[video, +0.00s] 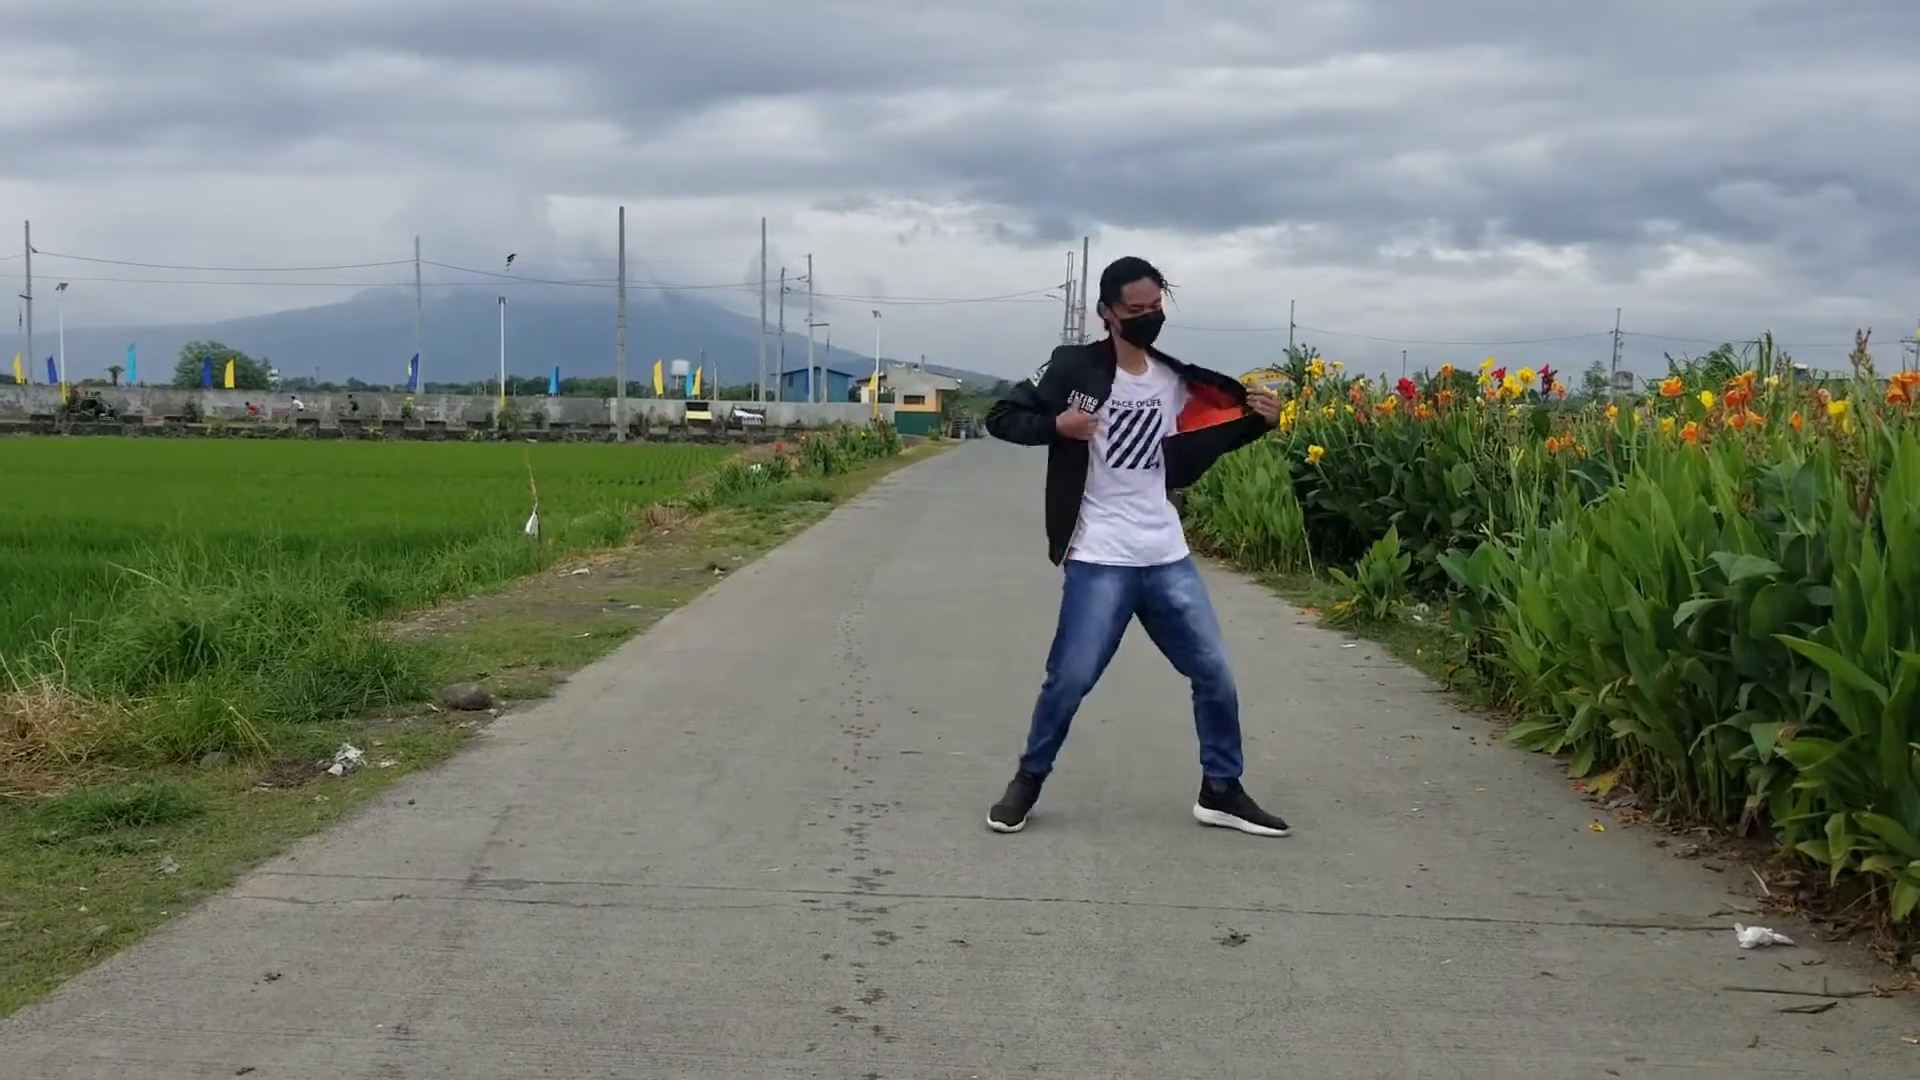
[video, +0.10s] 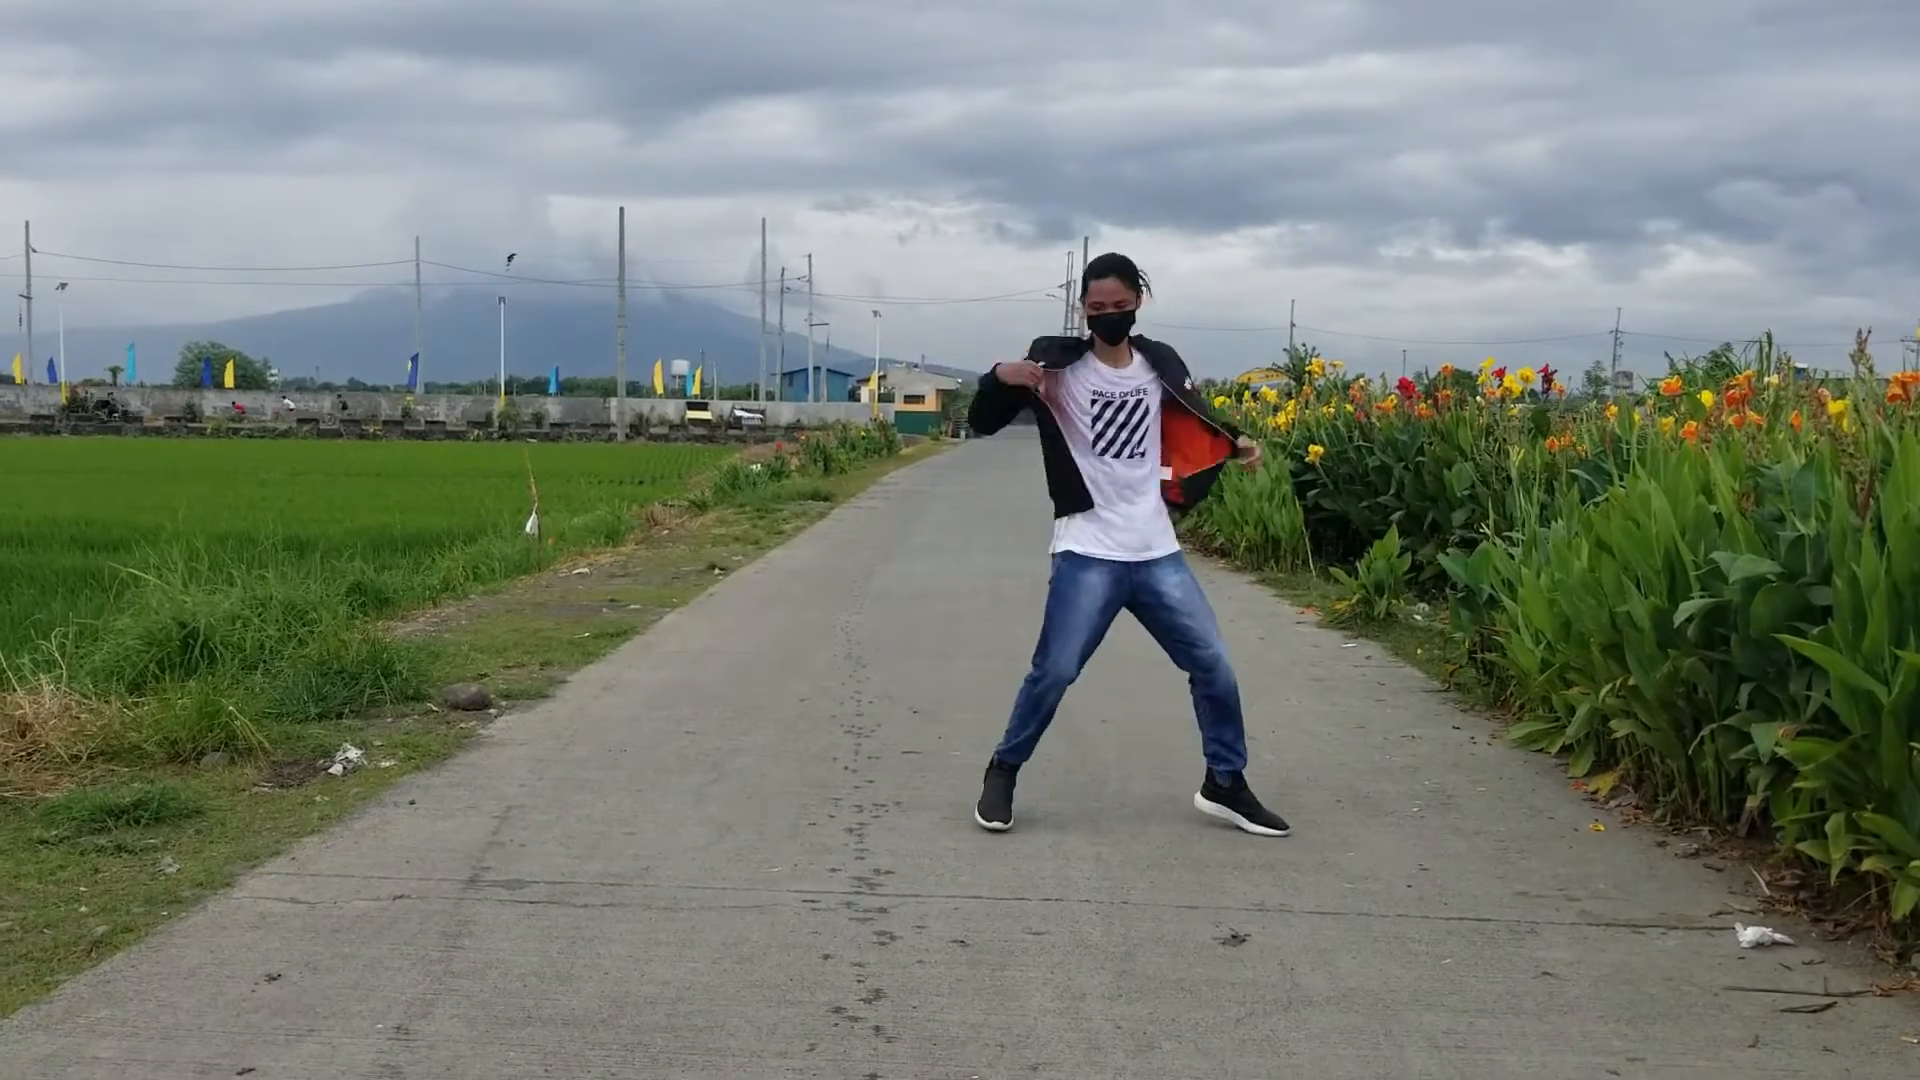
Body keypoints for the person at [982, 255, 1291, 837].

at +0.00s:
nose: (1151, 319)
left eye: (1157, 309)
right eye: (1138, 310)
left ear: (1163, 305)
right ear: (1108, 311)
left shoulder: (1175, 380)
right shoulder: (1074, 366)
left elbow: (1178, 460)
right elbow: (1003, 419)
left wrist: (1255, 422)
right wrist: (1055, 425)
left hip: (1165, 551)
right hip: (1098, 551)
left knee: (1215, 671)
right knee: (1071, 677)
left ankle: (1221, 789)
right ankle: (1028, 780)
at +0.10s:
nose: (1108, 319)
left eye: (1119, 308)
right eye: (1097, 308)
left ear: (1139, 303)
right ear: (1082, 307)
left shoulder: (1163, 363)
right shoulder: (1053, 362)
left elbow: (1195, 429)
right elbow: (982, 424)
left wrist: (1233, 444)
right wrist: (1000, 377)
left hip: (1156, 548)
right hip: (1086, 548)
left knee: (1213, 664)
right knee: (1056, 669)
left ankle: (1224, 782)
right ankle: (1003, 771)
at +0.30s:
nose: (1021, 317)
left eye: (1034, 309)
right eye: (1016, 306)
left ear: (1063, 315)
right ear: (1010, 310)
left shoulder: (1094, 370)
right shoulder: (992, 375)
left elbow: (1116, 442)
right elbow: (951, 457)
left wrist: (1148, 496)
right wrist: (922, 427)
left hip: (1096, 552)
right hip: (1029, 554)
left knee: (1156, 666)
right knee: (1029, 680)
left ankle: (1212, 771)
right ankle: (980, 782)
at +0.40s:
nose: (990, 321)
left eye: (1000, 311)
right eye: (985, 311)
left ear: (1033, 312)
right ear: (983, 310)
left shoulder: (1066, 365)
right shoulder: (962, 371)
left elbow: (1089, 441)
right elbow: (933, 445)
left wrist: (1117, 493)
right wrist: (915, 486)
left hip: (1065, 540)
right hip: (999, 542)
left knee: (1130, 648)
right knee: (1016, 667)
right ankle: (981, 783)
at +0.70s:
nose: (926, 340)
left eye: (937, 331)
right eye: (923, 330)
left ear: (972, 329)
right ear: (923, 326)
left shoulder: (1009, 366)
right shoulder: (902, 374)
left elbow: (1074, 365)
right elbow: (827, 392)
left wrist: (1147, 360)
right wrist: (748, 391)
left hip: (981, 548)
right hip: (924, 542)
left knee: (921, 657)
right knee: (986, 601)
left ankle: (838, 742)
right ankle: (971, 710)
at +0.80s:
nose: (925, 345)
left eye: (936, 336)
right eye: (919, 337)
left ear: (965, 334)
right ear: (913, 336)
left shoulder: (1002, 384)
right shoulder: (893, 387)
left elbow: (1067, 402)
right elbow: (820, 411)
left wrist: (1129, 404)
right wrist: (750, 418)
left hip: (971, 558)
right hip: (916, 549)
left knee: (910, 666)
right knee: (967, 623)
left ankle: (837, 741)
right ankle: (949, 735)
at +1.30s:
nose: (969, 334)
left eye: (976, 323)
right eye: (955, 329)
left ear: (992, 325)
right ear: (939, 338)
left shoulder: (1032, 389)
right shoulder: (927, 407)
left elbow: (1080, 480)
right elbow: (932, 498)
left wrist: (1057, 562)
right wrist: (920, 569)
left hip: (1018, 561)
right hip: (952, 565)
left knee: (1002, 688)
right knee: (929, 686)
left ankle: (1028, 817)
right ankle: (953, 787)